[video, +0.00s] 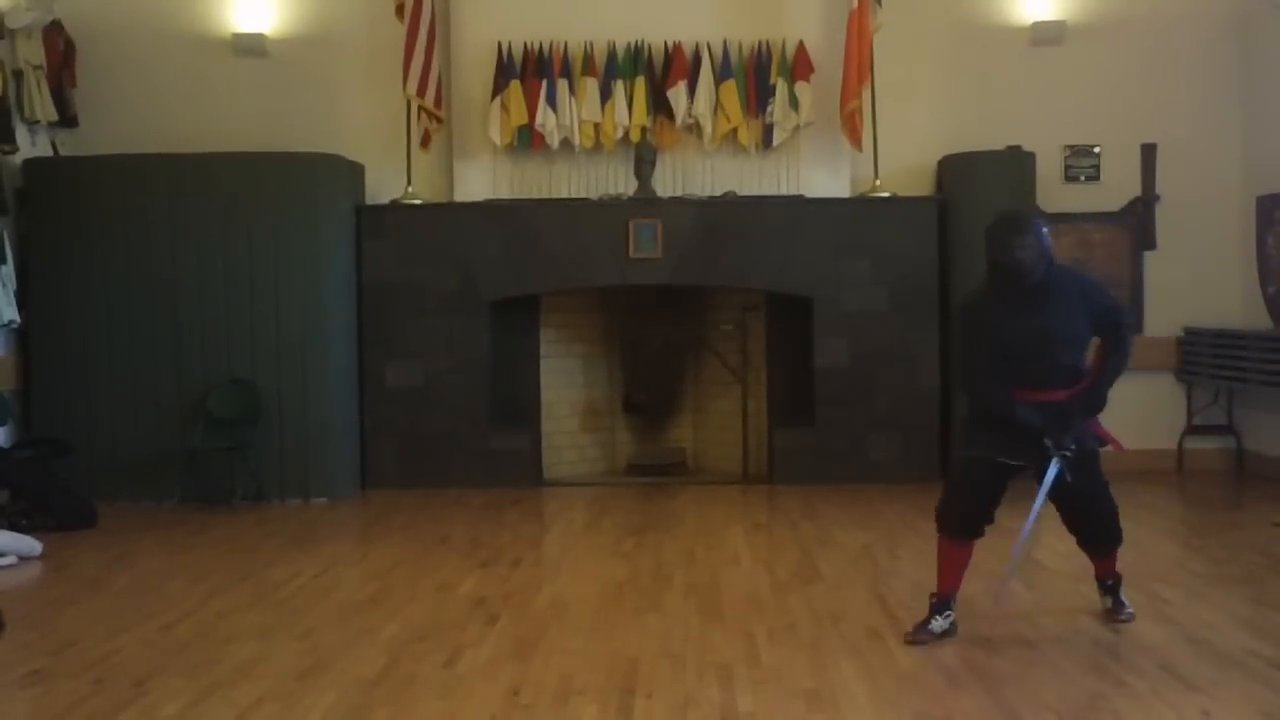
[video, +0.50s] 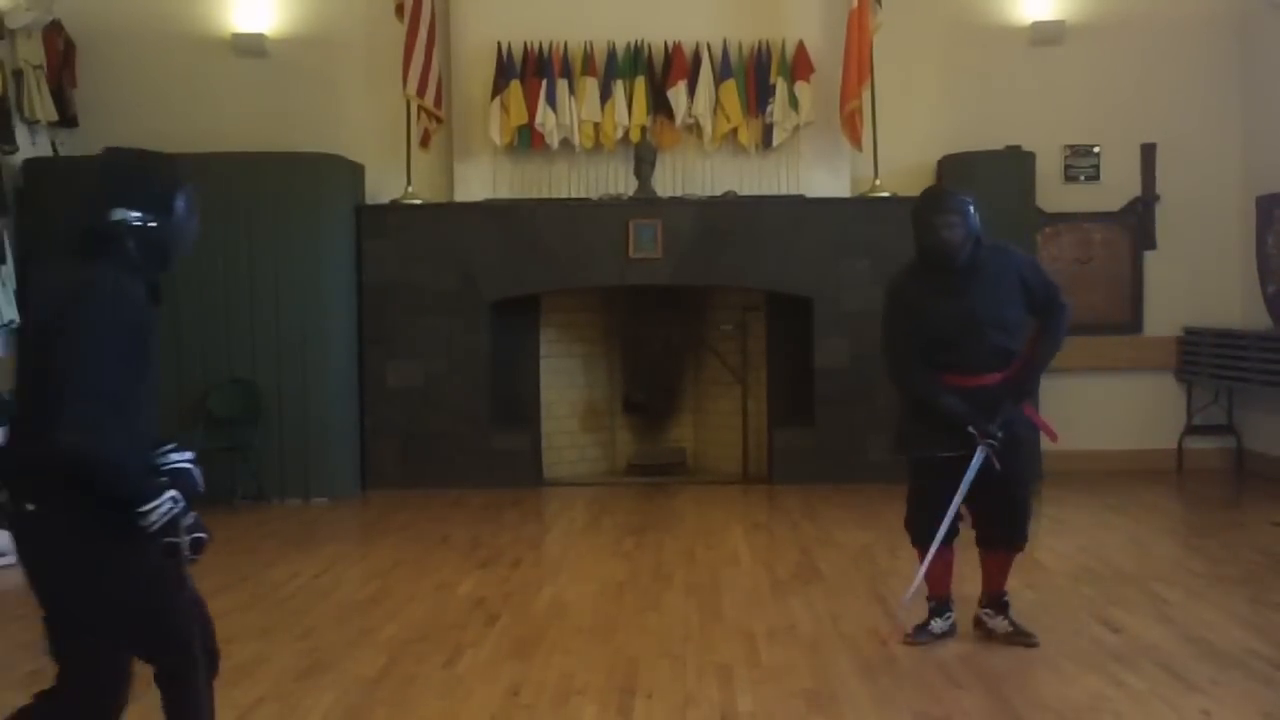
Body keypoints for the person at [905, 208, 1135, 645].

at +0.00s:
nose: (1024, 260)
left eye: (1029, 249)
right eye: (1012, 252)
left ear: (1046, 245)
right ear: (996, 255)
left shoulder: (1075, 291)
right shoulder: (980, 305)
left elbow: (1118, 330)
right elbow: (978, 387)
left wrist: (1095, 394)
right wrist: (1035, 426)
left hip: (1064, 419)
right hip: (998, 419)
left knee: (1096, 514)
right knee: (960, 506)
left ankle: (1110, 587)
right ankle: (942, 610)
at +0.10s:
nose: (997, 255)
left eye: (1004, 244)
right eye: (987, 247)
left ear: (1021, 243)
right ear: (971, 252)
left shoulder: (1051, 283)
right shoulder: (961, 300)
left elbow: (1094, 329)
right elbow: (959, 384)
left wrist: (1070, 392)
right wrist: (1017, 428)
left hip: (1044, 415)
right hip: (982, 415)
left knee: (1080, 508)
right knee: (945, 506)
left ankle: (1101, 584)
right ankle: (941, 612)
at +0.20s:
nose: (973, 246)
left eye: (981, 236)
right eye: (965, 237)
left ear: (1000, 237)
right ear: (953, 241)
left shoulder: (1033, 278)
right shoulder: (940, 295)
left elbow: (1078, 324)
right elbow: (936, 377)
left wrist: (1042, 392)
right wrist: (993, 419)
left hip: (1026, 409)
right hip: (962, 412)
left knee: (1060, 501)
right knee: (939, 507)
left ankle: (1079, 577)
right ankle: (941, 609)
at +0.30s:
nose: (961, 243)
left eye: (968, 232)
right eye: (951, 235)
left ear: (986, 232)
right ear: (936, 240)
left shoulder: (1023, 273)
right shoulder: (922, 294)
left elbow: (1067, 319)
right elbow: (921, 374)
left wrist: (1033, 389)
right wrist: (978, 416)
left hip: (1017, 413)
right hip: (950, 416)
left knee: (1043, 506)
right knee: (933, 512)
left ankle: (1048, 584)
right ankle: (941, 609)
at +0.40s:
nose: (948, 241)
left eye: (956, 230)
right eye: (939, 231)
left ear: (977, 229)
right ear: (925, 234)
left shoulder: (1013, 270)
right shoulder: (913, 289)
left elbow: (1059, 315)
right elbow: (910, 369)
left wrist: (1028, 382)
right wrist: (967, 414)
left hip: (1009, 409)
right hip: (942, 410)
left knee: (1024, 505)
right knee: (932, 511)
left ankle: (1017, 597)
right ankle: (940, 609)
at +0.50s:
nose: (945, 238)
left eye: (953, 227)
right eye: (935, 229)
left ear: (973, 225)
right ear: (921, 232)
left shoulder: (1008, 267)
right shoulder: (908, 285)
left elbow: (1055, 313)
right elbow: (902, 365)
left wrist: (1019, 387)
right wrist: (958, 412)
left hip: (1004, 408)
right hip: (936, 410)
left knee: (1007, 509)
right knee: (931, 514)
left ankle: (993, 609)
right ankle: (940, 613)